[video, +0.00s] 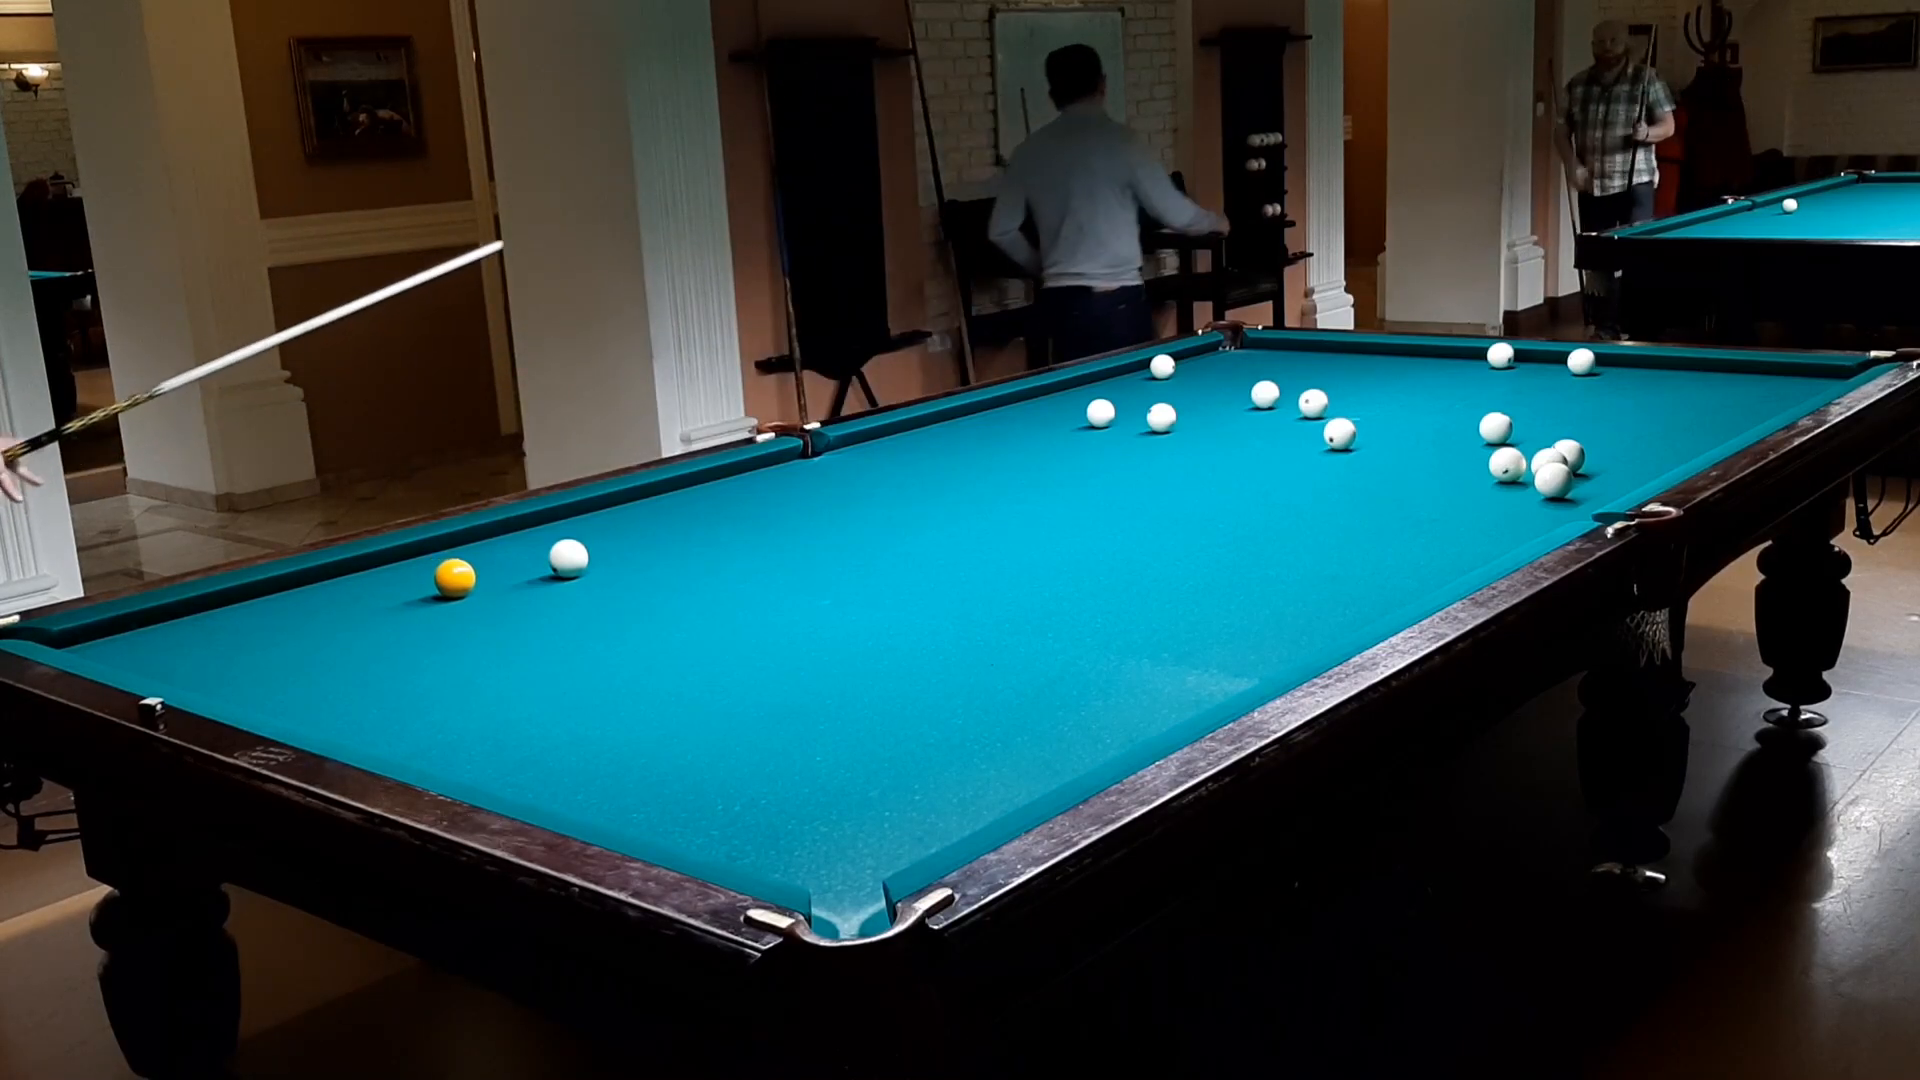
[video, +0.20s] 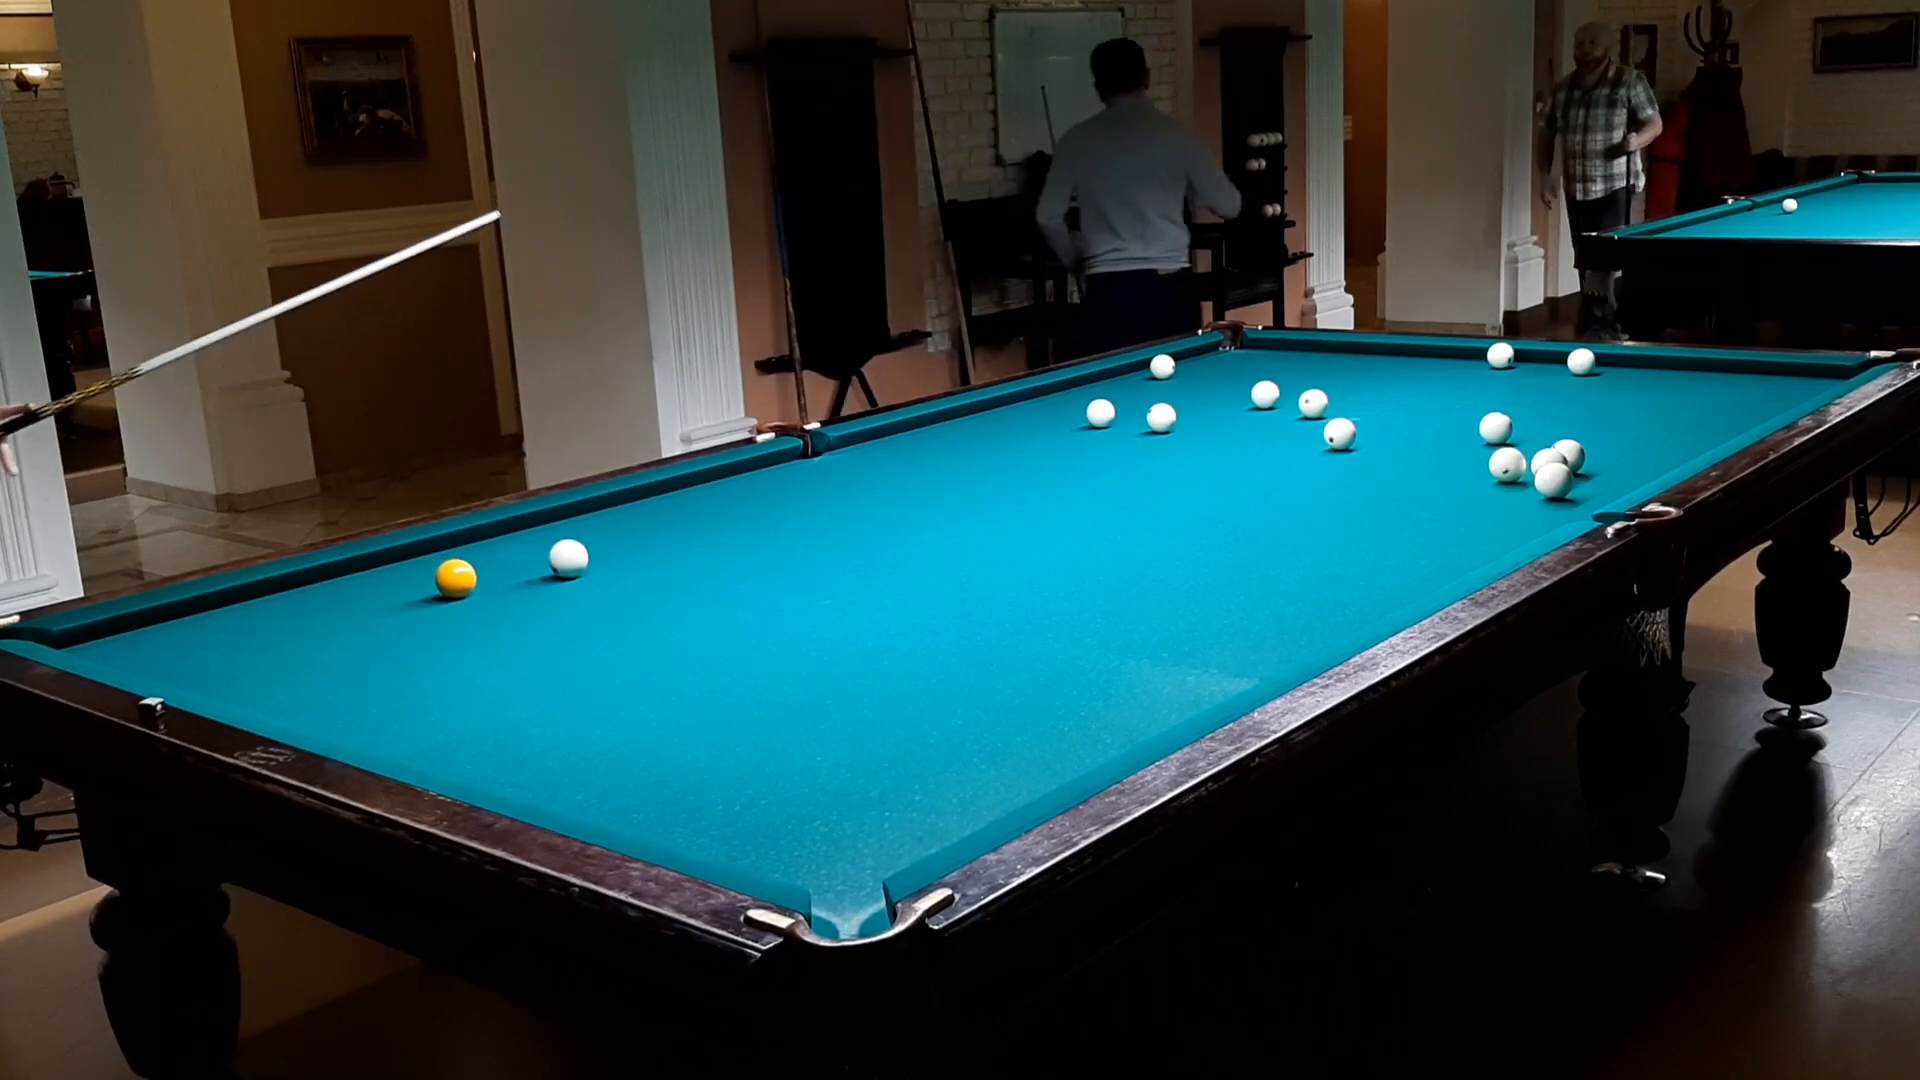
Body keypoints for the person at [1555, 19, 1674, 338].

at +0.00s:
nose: (1607, 48)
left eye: (1613, 42)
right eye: (1600, 42)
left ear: (1625, 44)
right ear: (1592, 45)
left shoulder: (1646, 79)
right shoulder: (1577, 85)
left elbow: (1667, 126)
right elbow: (1561, 133)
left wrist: (1649, 133)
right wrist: (1574, 166)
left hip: (1634, 185)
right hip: (1592, 187)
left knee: (1633, 255)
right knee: (1596, 258)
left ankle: (1633, 325)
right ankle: (1602, 325)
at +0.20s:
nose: (1583, 50)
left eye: (1590, 43)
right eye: (1579, 43)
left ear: (1607, 47)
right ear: (1573, 47)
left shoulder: (1630, 81)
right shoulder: (1565, 87)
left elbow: (1655, 124)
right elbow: (1547, 134)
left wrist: (1636, 140)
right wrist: (1547, 178)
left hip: (1616, 185)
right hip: (1577, 187)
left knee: (1608, 256)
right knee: (1585, 257)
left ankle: (1608, 323)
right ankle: (1590, 323)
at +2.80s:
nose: (1423, 62)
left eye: (1425, 55)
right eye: (1415, 55)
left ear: (1429, 56)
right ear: (1394, 59)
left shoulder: (1424, 98)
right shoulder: (1382, 99)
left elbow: (1421, 155)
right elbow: (1373, 155)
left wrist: (1449, 169)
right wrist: (1423, 179)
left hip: (1423, 213)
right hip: (1392, 212)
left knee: (1433, 286)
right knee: (1383, 289)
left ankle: (1433, 353)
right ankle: (1373, 356)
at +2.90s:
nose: (1420, 63)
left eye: (1421, 56)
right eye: (1412, 57)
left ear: (1424, 56)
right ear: (1390, 59)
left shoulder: (1416, 98)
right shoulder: (1378, 100)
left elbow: (1414, 155)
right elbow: (1372, 159)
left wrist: (1444, 168)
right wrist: (1421, 178)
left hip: (1415, 212)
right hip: (1386, 211)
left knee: (1426, 285)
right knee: (1379, 288)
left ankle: (1432, 352)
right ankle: (1370, 356)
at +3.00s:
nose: (1422, 64)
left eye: (1421, 57)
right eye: (1415, 57)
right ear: (1392, 61)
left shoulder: (1409, 99)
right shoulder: (1374, 102)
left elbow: (1409, 155)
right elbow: (1368, 161)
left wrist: (1439, 167)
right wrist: (1417, 176)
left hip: (1410, 212)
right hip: (1383, 211)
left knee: (1416, 286)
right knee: (1377, 289)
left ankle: (1427, 349)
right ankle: (1370, 353)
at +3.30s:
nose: (1414, 67)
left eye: (1413, 60)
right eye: (1408, 60)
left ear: (1390, 66)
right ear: (1386, 65)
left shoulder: (1400, 103)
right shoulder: (1366, 105)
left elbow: (1395, 158)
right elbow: (1357, 166)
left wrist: (1424, 164)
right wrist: (1407, 175)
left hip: (1397, 217)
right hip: (1371, 216)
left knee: (1409, 290)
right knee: (1370, 291)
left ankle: (1427, 352)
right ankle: (1367, 356)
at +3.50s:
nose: (1407, 70)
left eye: (1406, 63)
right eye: (1401, 63)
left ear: (1383, 68)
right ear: (1380, 68)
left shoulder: (1395, 105)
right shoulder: (1358, 109)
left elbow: (1390, 156)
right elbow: (1348, 169)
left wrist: (1418, 161)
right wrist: (1399, 172)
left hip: (1389, 218)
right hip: (1364, 217)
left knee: (1402, 291)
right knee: (1366, 294)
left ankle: (1424, 351)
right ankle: (1367, 358)